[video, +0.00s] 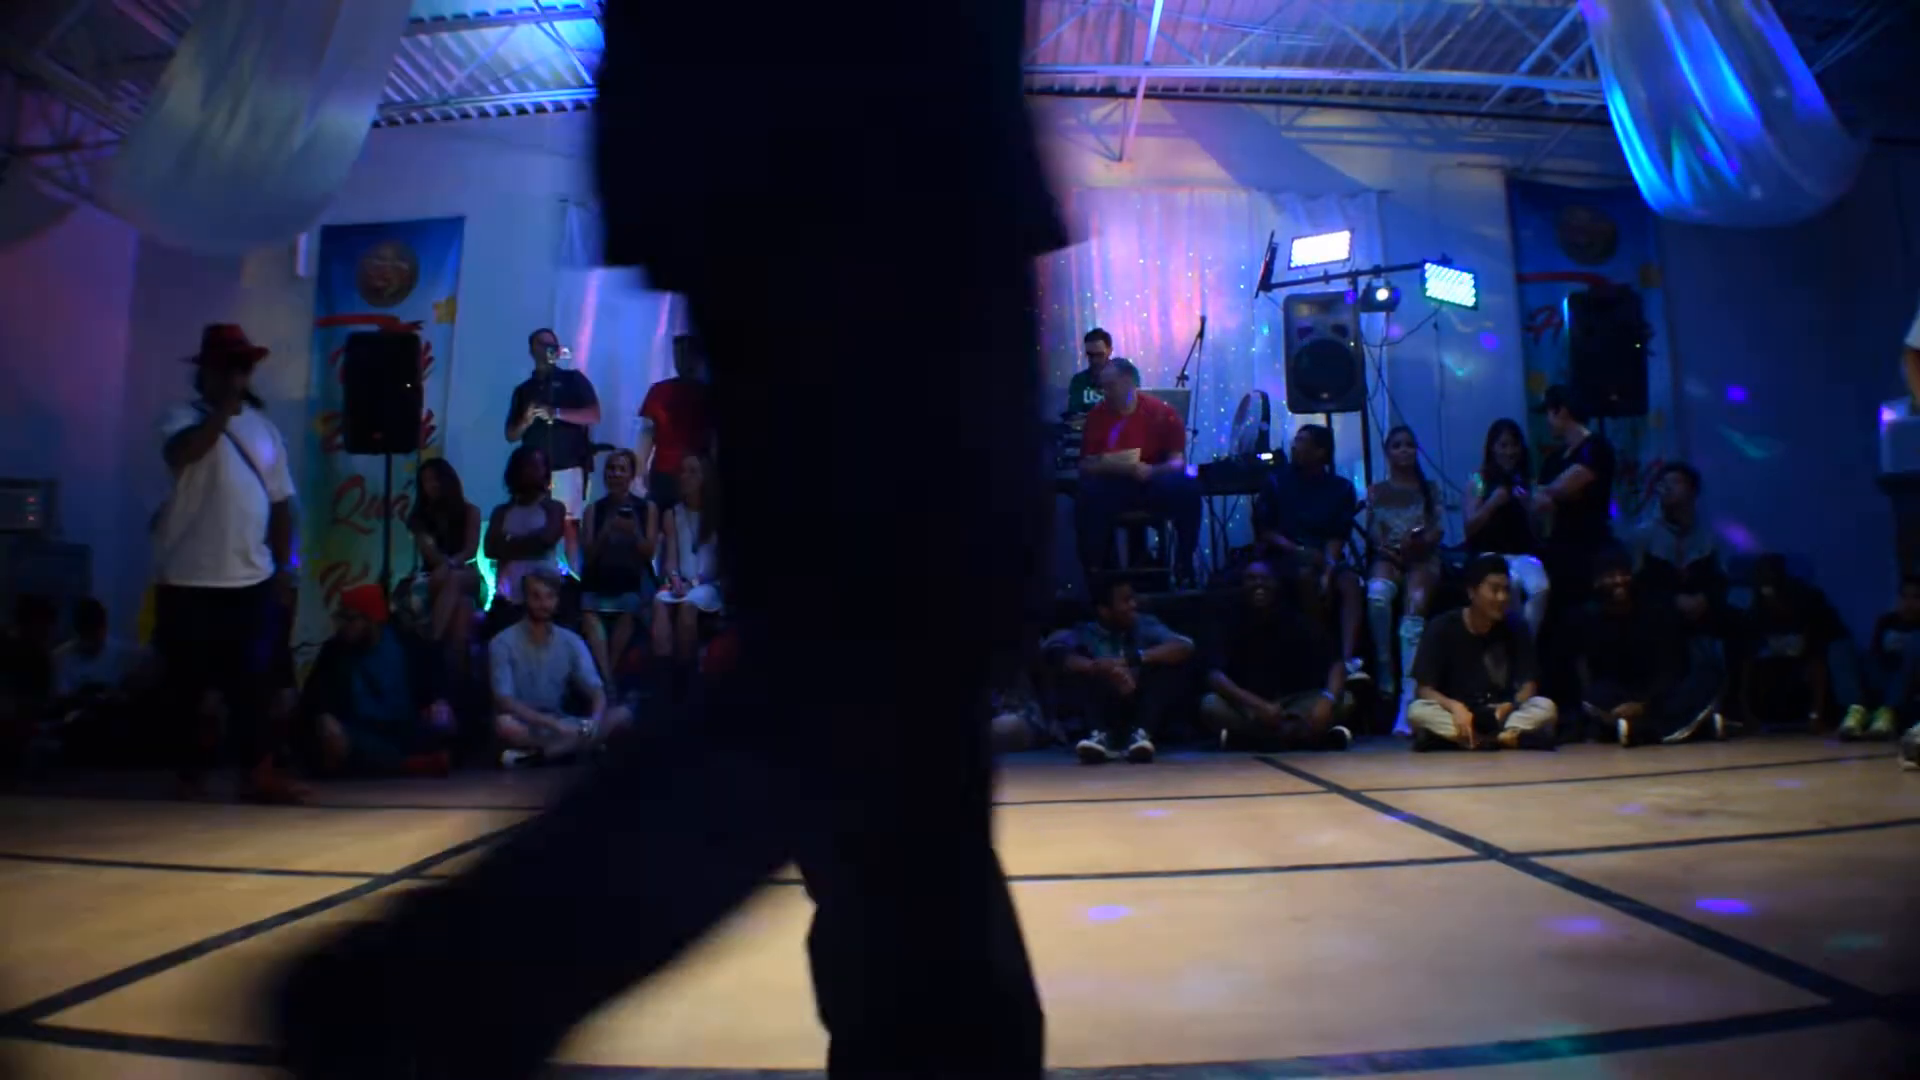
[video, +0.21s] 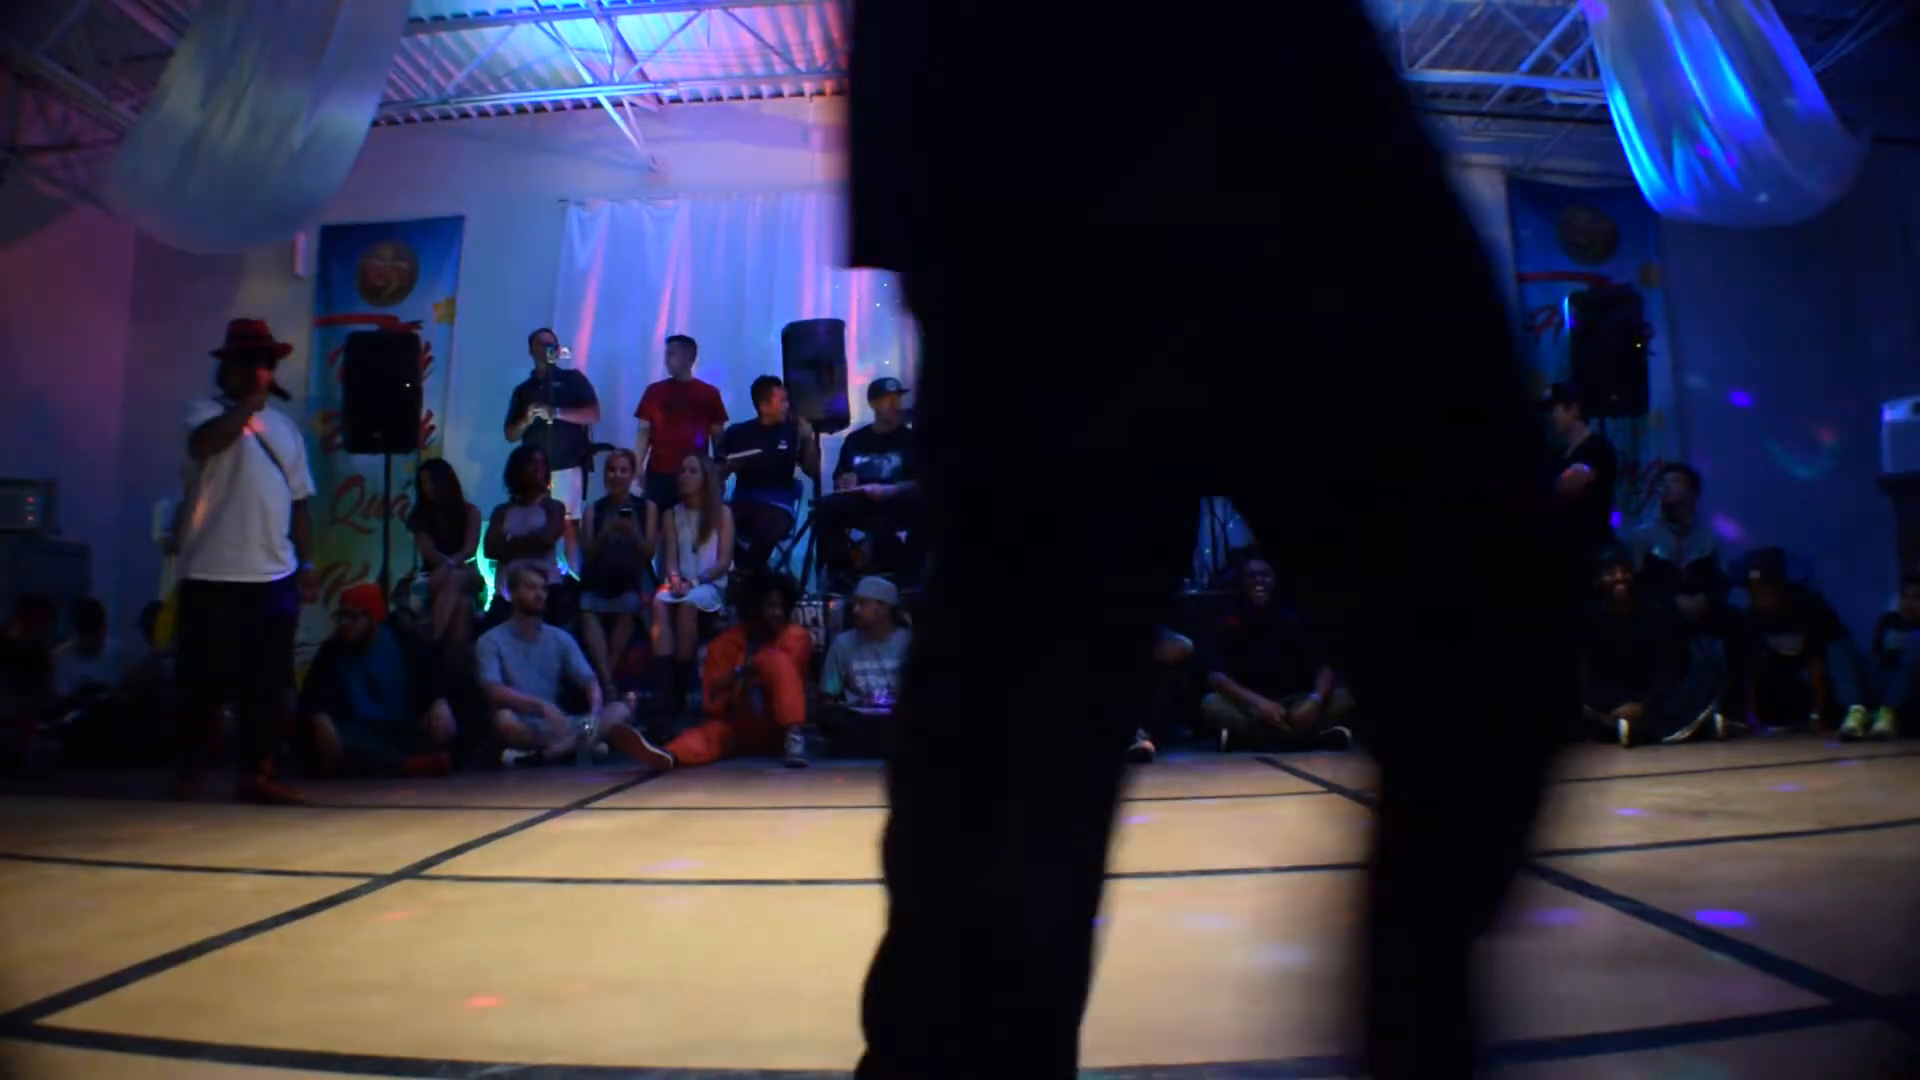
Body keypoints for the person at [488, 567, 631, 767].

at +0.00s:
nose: (543, 603)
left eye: (550, 597)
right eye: (536, 597)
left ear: (557, 600)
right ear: (525, 599)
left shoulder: (570, 641)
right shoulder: (503, 642)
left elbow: (597, 691)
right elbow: (504, 700)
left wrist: (594, 725)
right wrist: (554, 725)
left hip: (563, 716)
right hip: (524, 717)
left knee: (622, 714)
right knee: (504, 724)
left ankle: (544, 753)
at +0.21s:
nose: (540, 594)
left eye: (543, 588)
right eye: (531, 588)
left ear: (547, 593)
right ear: (512, 593)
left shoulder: (559, 638)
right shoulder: (491, 641)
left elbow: (590, 681)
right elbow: (494, 691)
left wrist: (594, 716)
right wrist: (543, 707)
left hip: (560, 721)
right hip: (521, 720)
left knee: (620, 709)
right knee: (503, 720)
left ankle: (555, 750)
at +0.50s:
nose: (532, 590)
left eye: (534, 585)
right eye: (524, 584)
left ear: (537, 589)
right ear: (503, 592)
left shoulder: (548, 634)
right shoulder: (480, 637)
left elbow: (592, 658)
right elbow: (475, 670)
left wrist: (607, 678)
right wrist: (523, 668)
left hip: (553, 713)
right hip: (512, 719)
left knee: (604, 689)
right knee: (509, 698)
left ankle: (545, 750)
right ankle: (562, 747)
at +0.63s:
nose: (529, 589)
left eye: (531, 584)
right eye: (520, 583)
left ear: (535, 588)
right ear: (500, 591)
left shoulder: (544, 632)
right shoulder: (478, 636)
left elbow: (591, 651)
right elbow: (471, 667)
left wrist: (610, 672)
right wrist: (520, 664)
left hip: (550, 712)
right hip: (509, 722)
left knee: (592, 674)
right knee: (504, 694)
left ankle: (548, 742)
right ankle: (561, 742)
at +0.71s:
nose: (527, 589)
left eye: (529, 584)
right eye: (519, 583)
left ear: (533, 589)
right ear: (500, 589)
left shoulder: (544, 632)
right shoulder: (478, 636)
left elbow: (591, 649)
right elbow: (468, 667)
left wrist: (612, 672)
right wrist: (515, 664)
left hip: (548, 710)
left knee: (588, 667)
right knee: (503, 696)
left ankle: (550, 741)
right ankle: (564, 744)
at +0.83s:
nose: (527, 590)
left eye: (529, 584)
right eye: (518, 583)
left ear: (534, 589)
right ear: (500, 592)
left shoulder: (547, 634)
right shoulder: (478, 637)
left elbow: (591, 657)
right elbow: (467, 669)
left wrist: (622, 681)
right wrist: (506, 670)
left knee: (581, 662)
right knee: (505, 693)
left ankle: (572, 734)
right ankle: (559, 740)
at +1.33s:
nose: (536, 596)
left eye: (539, 590)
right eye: (527, 590)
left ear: (544, 594)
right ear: (510, 595)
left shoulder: (558, 637)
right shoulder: (492, 638)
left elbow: (597, 668)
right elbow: (474, 666)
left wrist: (628, 701)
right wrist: (513, 680)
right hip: (516, 729)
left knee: (586, 672)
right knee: (510, 690)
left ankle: (600, 741)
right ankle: (560, 739)